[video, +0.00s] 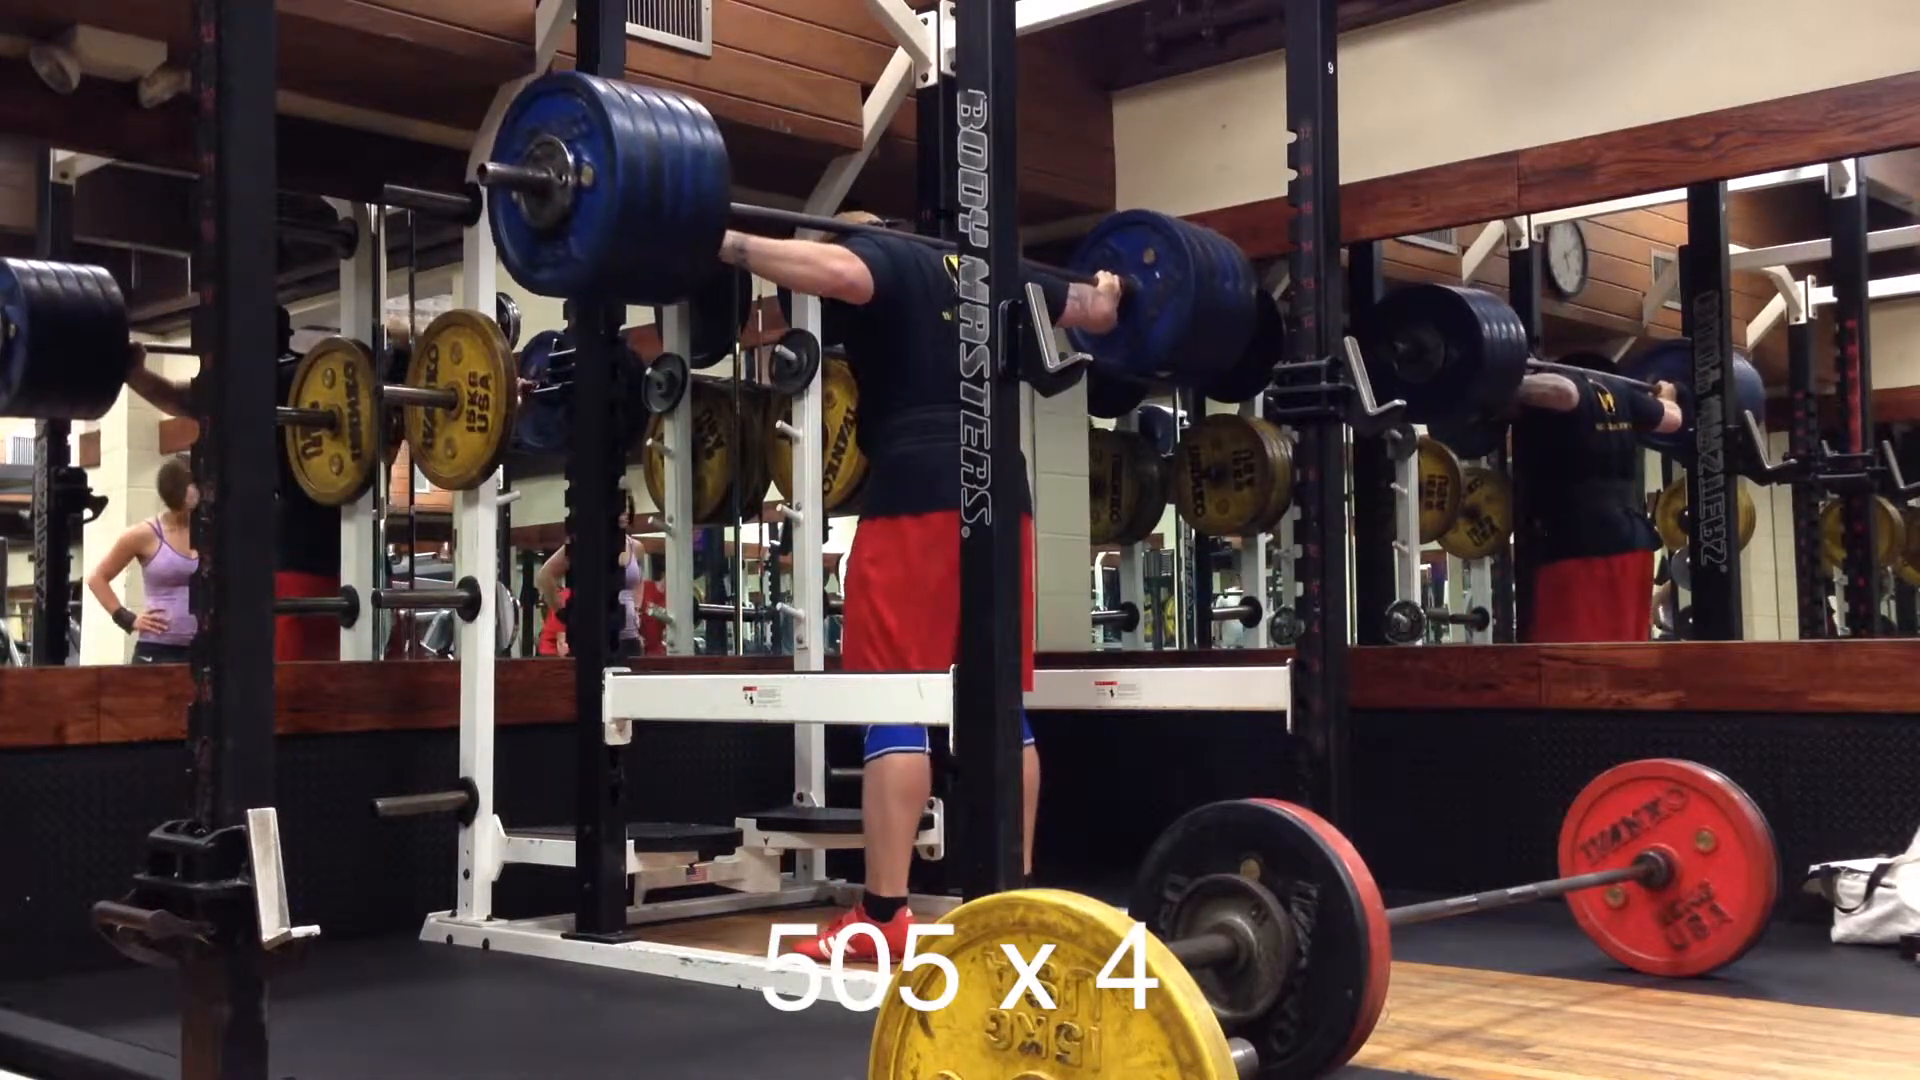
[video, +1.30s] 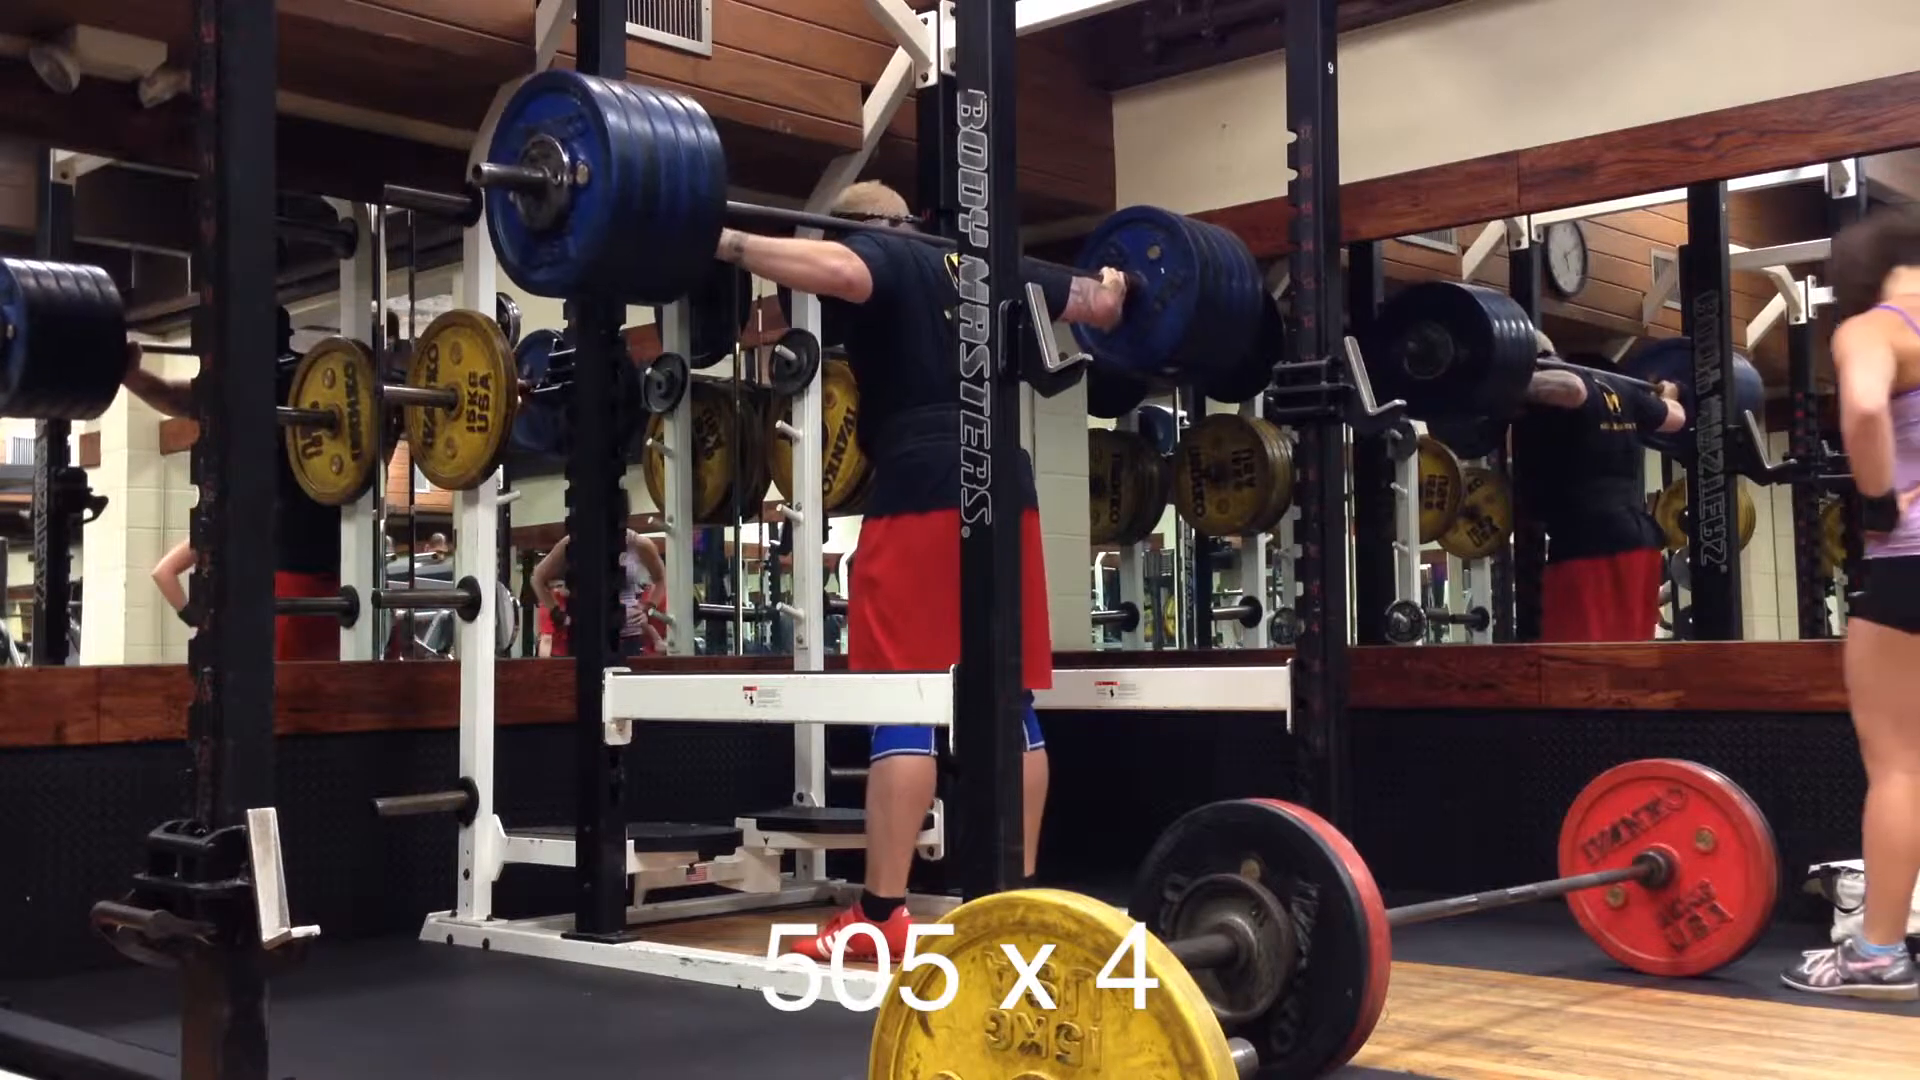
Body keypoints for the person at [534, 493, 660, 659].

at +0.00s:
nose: (624, 514)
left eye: (627, 509)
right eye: (619, 509)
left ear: (631, 512)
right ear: (606, 512)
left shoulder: (635, 547)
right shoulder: (583, 544)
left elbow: (638, 582)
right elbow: (544, 577)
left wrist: (636, 607)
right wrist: (561, 612)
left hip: (628, 631)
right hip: (592, 633)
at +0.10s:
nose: (620, 524)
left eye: (623, 519)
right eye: (614, 518)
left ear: (627, 518)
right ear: (598, 517)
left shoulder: (634, 548)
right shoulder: (575, 544)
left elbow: (639, 581)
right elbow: (540, 577)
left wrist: (637, 606)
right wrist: (556, 609)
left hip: (625, 628)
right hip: (587, 629)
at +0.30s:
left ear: (616, 520)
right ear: (583, 518)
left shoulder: (629, 549)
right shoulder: (565, 544)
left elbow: (635, 585)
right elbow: (528, 578)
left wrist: (629, 610)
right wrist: (546, 612)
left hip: (614, 629)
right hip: (576, 628)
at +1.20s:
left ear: (614, 522)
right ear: (580, 523)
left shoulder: (632, 546)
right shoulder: (565, 546)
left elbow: (655, 581)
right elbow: (532, 579)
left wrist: (642, 611)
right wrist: (551, 614)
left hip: (618, 629)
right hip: (578, 629)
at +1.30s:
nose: (608, 526)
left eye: (616, 519)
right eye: (601, 519)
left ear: (624, 517)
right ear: (588, 517)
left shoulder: (640, 545)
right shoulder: (572, 544)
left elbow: (660, 579)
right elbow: (538, 578)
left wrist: (647, 608)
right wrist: (555, 611)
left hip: (627, 631)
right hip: (584, 629)